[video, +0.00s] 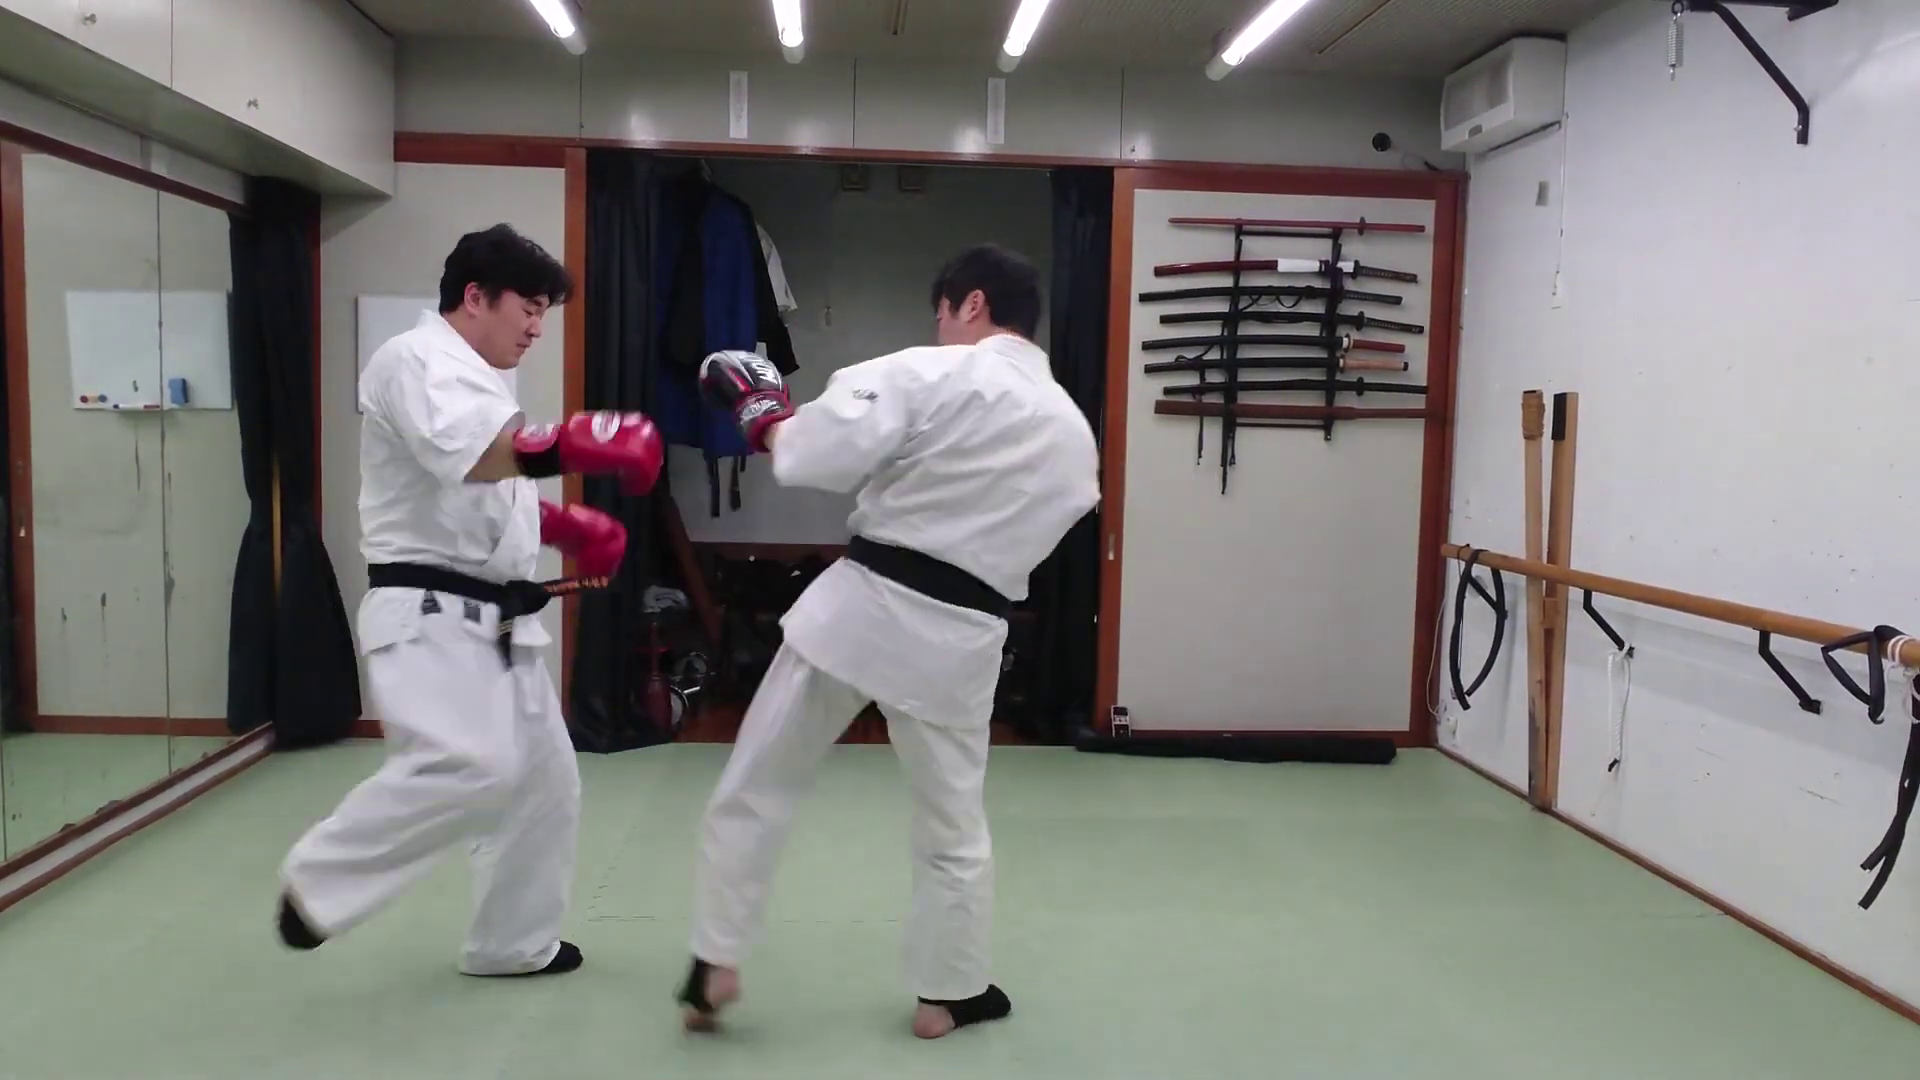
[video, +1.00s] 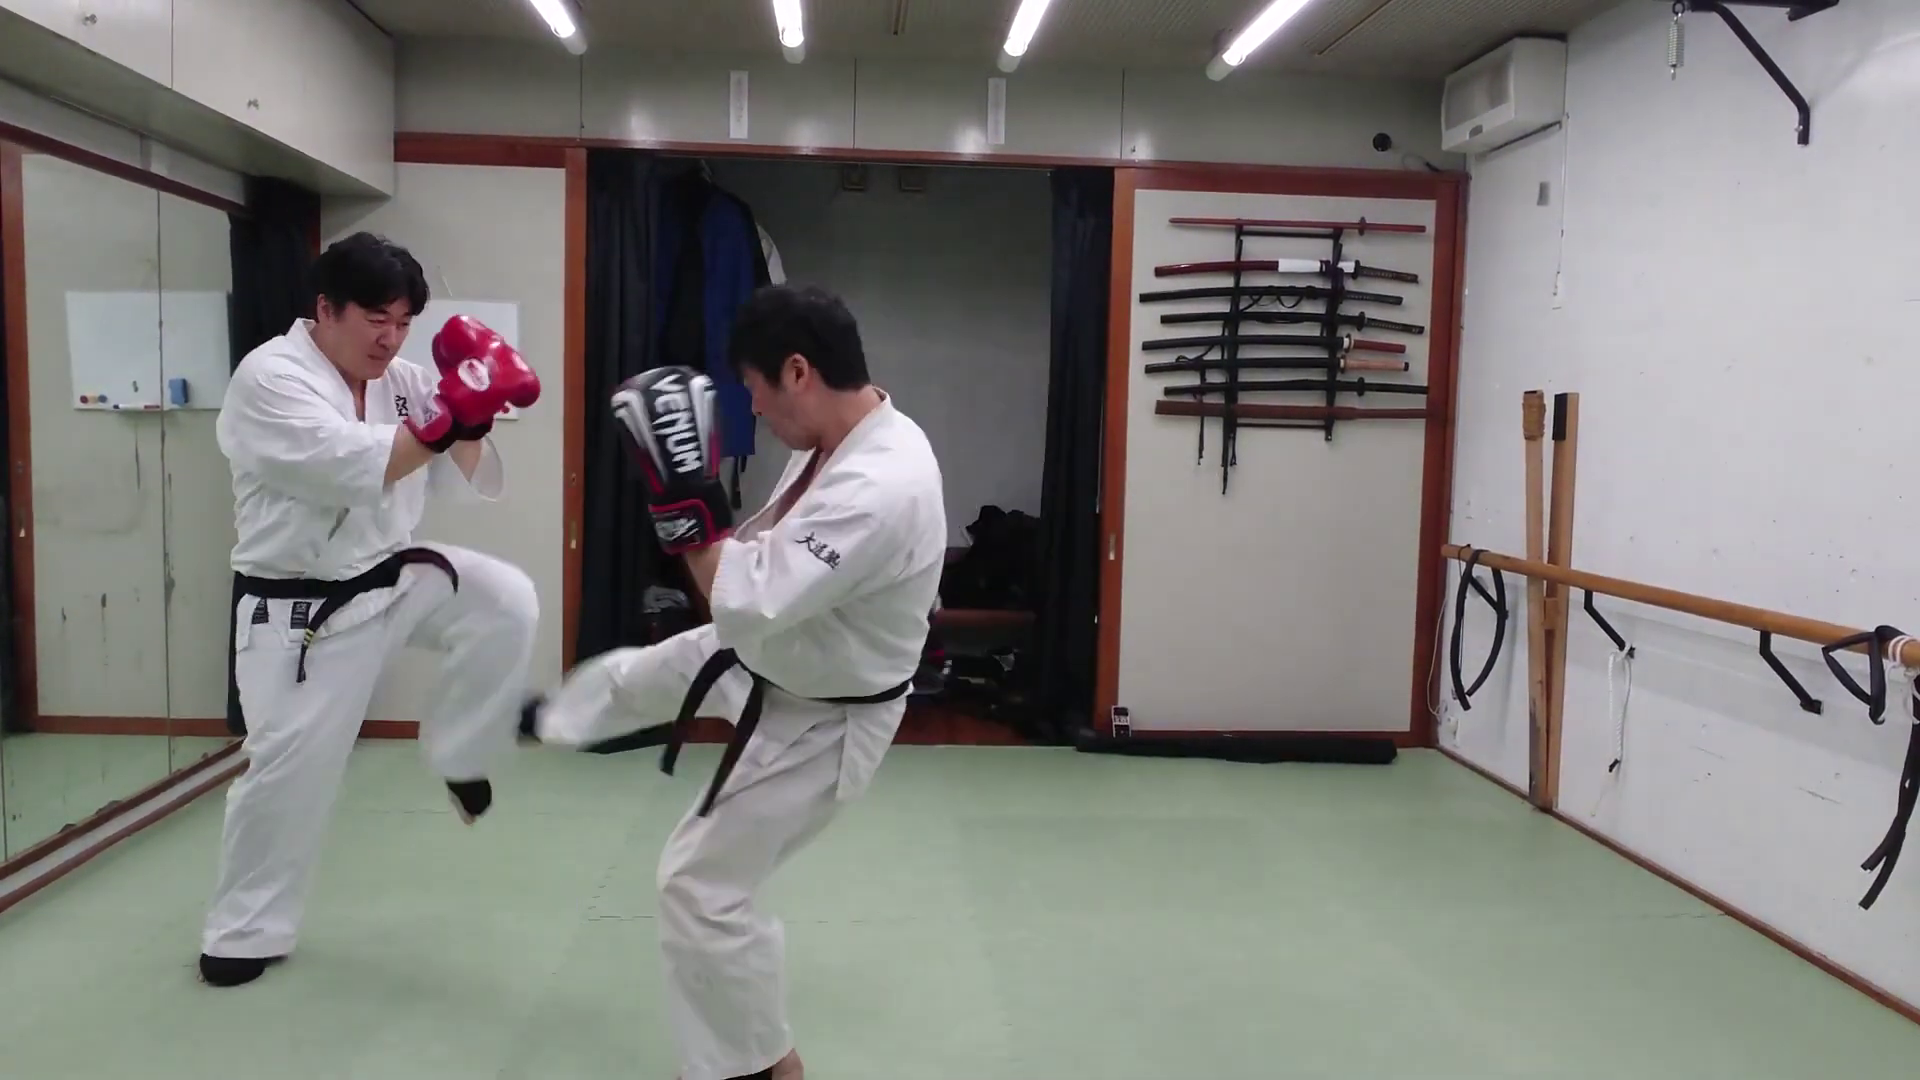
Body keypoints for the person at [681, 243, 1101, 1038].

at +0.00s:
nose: (939, 332)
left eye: (942, 317)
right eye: (939, 319)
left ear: (976, 307)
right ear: (1021, 318)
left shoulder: (927, 374)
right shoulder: (1077, 437)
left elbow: (804, 458)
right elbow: (1017, 535)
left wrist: (765, 414)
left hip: (857, 609)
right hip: (963, 645)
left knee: (759, 784)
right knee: (953, 827)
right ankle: (946, 996)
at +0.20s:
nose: (890, 381)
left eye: (891, 367)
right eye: (889, 368)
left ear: (916, 356)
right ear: (978, 360)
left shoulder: (882, 430)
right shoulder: (1031, 451)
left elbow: (780, 524)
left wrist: (787, 452)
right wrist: (908, 422)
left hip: (857, 667)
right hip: (968, 684)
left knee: (777, 821)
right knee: (1006, 839)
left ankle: (739, 1011)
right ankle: (1104, 999)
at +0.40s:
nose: (906, 385)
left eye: (904, 366)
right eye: (898, 371)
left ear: (936, 338)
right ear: (971, 337)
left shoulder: (937, 428)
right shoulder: (1058, 419)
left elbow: (835, 534)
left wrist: (843, 446)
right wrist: (888, 430)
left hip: (954, 667)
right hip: (1060, 667)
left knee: (826, 804)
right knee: (1086, 862)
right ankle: (1141, 1052)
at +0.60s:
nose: (876, 340)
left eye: (880, 322)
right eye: (873, 324)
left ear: (925, 316)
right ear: (946, 319)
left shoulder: (927, 412)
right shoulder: (1004, 393)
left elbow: (906, 570)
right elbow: (911, 480)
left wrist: (830, 640)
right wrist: (812, 402)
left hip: (956, 653)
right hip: (1042, 652)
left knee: (783, 763)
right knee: (1073, 866)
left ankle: (851, 952)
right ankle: (1140, 1055)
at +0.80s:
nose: (806, 355)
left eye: (813, 334)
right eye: (801, 336)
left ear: (864, 326)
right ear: (866, 330)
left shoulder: (931, 433)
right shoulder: (852, 415)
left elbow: (918, 587)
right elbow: (771, 479)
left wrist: (806, 527)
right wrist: (698, 503)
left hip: (864, 682)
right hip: (845, 666)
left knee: (750, 861)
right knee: (877, 805)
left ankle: (755, 1063)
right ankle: (995, 909)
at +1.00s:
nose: (754, 407)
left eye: (755, 387)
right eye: (749, 389)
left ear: (800, 373)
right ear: (812, 370)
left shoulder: (876, 488)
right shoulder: (837, 442)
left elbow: (737, 601)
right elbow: (759, 543)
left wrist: (682, 492)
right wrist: (701, 530)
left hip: (829, 715)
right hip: (776, 659)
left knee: (698, 882)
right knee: (647, 674)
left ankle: (772, 1064)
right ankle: (557, 719)